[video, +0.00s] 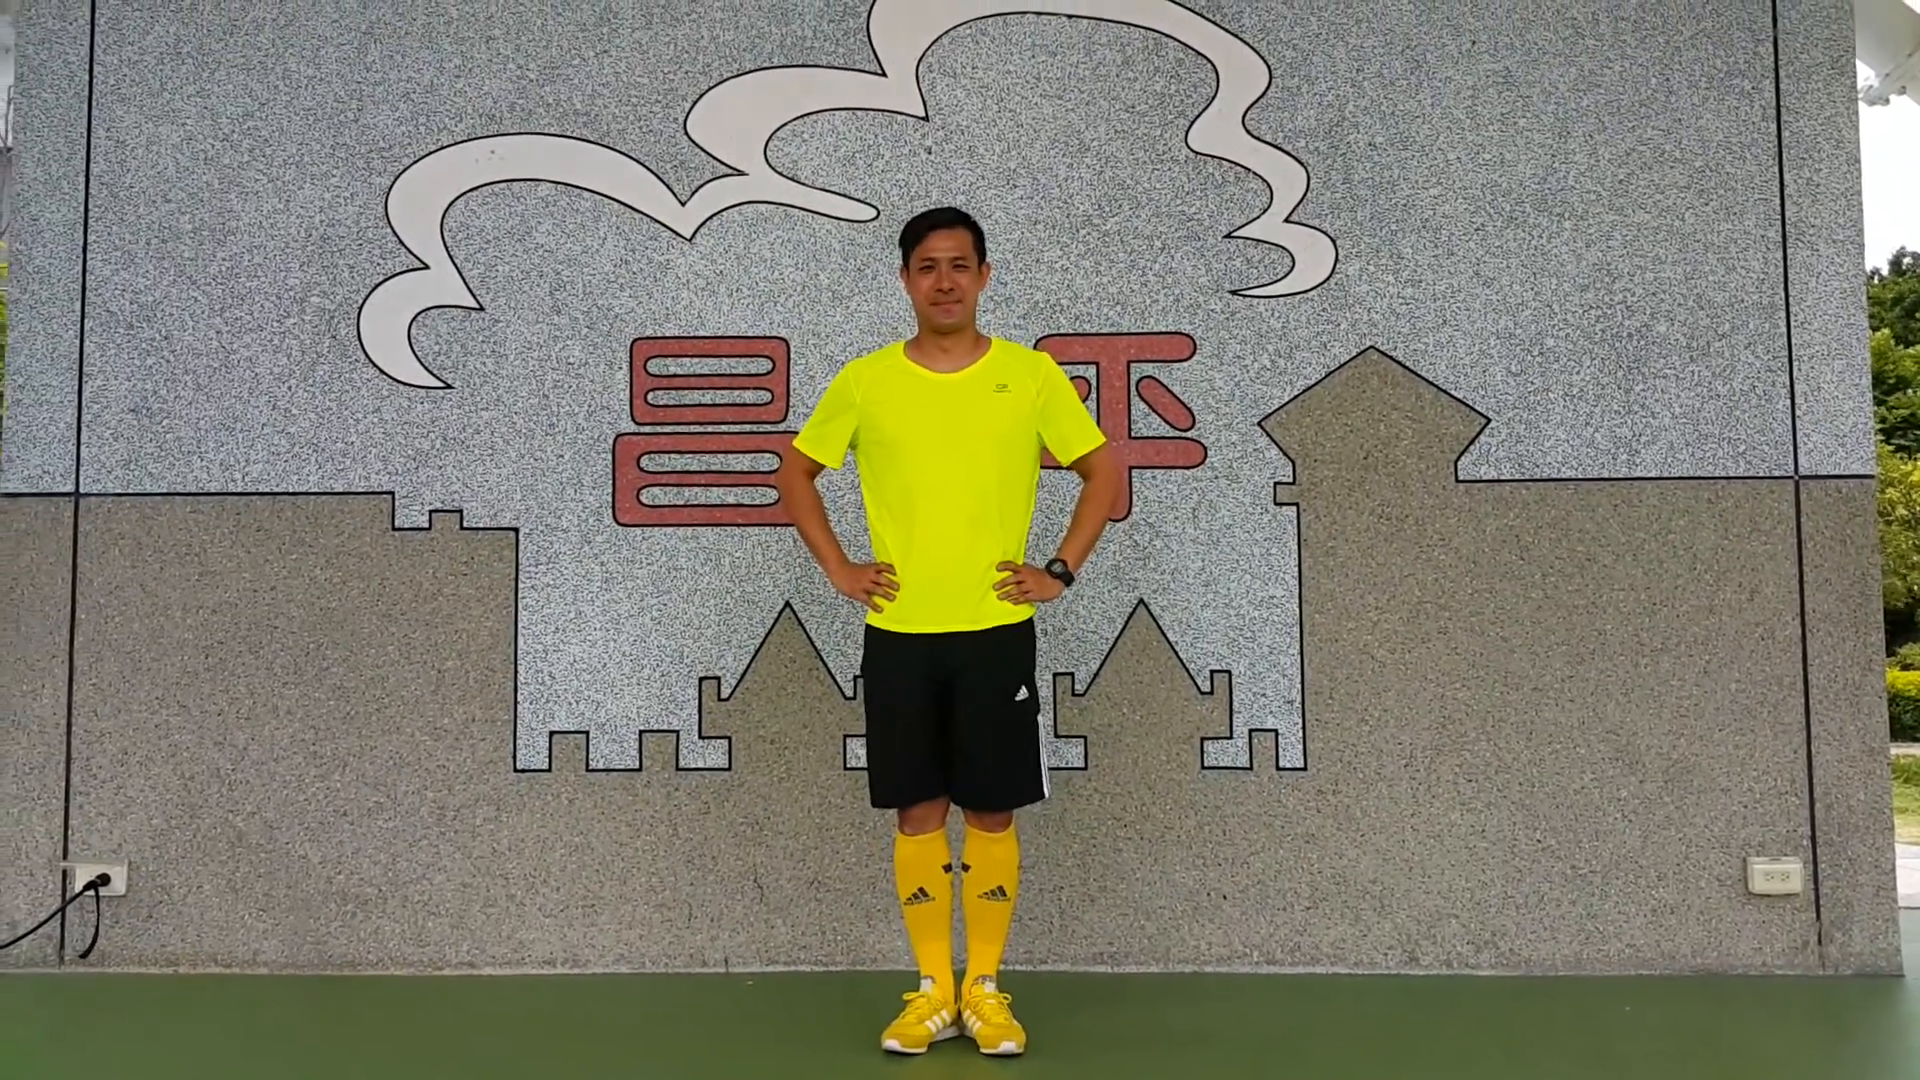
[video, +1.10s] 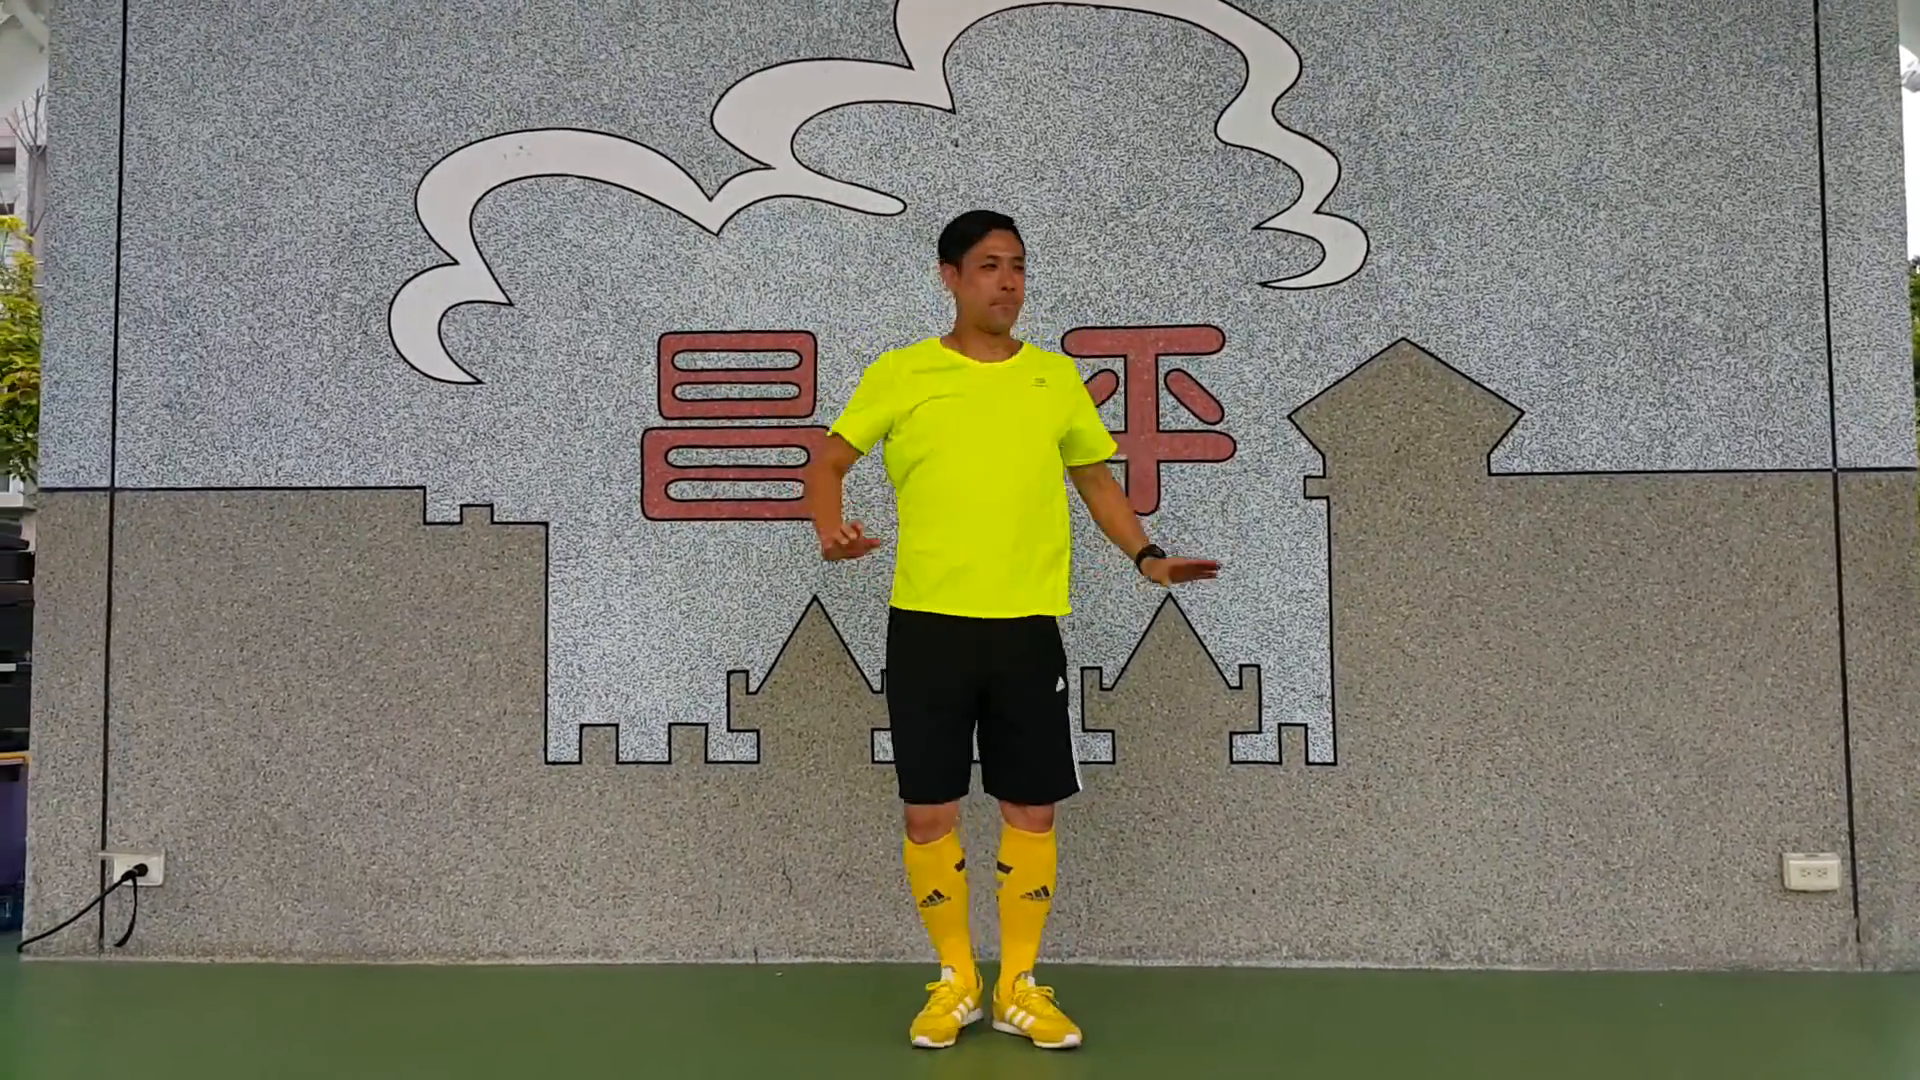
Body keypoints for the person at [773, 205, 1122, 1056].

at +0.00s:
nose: (944, 280)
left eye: (960, 265)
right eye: (928, 267)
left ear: (984, 278)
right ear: (906, 282)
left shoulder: (1030, 373)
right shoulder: (865, 380)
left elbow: (1106, 469)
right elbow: (794, 474)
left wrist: (1061, 570)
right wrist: (838, 566)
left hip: (997, 624)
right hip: (900, 626)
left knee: (990, 809)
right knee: (918, 808)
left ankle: (983, 989)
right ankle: (934, 991)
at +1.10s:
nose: (1009, 280)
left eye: (1017, 267)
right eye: (989, 266)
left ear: (1026, 282)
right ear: (949, 279)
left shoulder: (1057, 378)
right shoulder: (897, 375)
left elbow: (1097, 481)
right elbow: (826, 465)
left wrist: (1148, 556)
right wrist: (832, 524)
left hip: (1029, 624)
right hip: (927, 623)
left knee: (1032, 804)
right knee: (928, 807)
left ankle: (1018, 986)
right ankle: (955, 978)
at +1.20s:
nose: (1033, 289)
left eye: (1034, 275)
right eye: (1016, 275)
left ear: (1022, 287)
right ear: (967, 287)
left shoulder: (1049, 384)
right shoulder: (917, 379)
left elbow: (1107, 475)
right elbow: (883, 485)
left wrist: (1178, 492)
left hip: (1026, 628)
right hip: (926, 626)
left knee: (1043, 807)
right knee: (908, 808)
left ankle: (1023, 986)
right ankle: (899, 962)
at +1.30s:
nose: (1029, 292)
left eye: (1031, 279)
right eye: (1013, 277)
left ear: (1023, 287)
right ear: (970, 281)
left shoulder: (1046, 372)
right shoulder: (924, 352)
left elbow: (1134, 386)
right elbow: (939, 368)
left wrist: (1173, 318)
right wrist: (1025, 272)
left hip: (1016, 617)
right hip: (928, 611)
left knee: (1044, 803)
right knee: (894, 798)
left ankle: (1029, 986)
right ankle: (804, 941)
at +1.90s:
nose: (1026, 274)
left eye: (1035, 262)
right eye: (1007, 263)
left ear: (1048, 277)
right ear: (970, 282)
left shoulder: (1075, 363)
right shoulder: (942, 354)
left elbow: (1185, 346)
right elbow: (869, 330)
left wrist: (1159, 260)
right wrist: (920, 221)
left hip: (1041, 614)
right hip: (945, 607)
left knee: (1068, 809)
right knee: (893, 799)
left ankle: (1053, 999)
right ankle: (849, 976)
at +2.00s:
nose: (999, 271)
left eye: (1013, 257)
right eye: (983, 262)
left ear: (1043, 272)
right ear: (967, 286)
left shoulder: (1091, 363)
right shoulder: (937, 365)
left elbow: (1181, 437)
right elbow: (868, 450)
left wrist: (1170, 364)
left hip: (1045, 612)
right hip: (942, 607)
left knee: (1063, 809)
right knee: (917, 802)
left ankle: (1052, 999)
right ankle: (923, 997)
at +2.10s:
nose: (962, 291)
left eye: (979, 274)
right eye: (956, 280)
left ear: (1026, 281)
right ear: (952, 297)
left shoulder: (1081, 378)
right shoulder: (928, 396)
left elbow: (1119, 498)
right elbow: (891, 511)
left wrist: (1106, 454)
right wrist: (842, 473)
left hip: (1048, 634)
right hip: (942, 633)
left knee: (1071, 823)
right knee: (922, 817)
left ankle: (1050, 1000)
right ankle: (927, 1011)